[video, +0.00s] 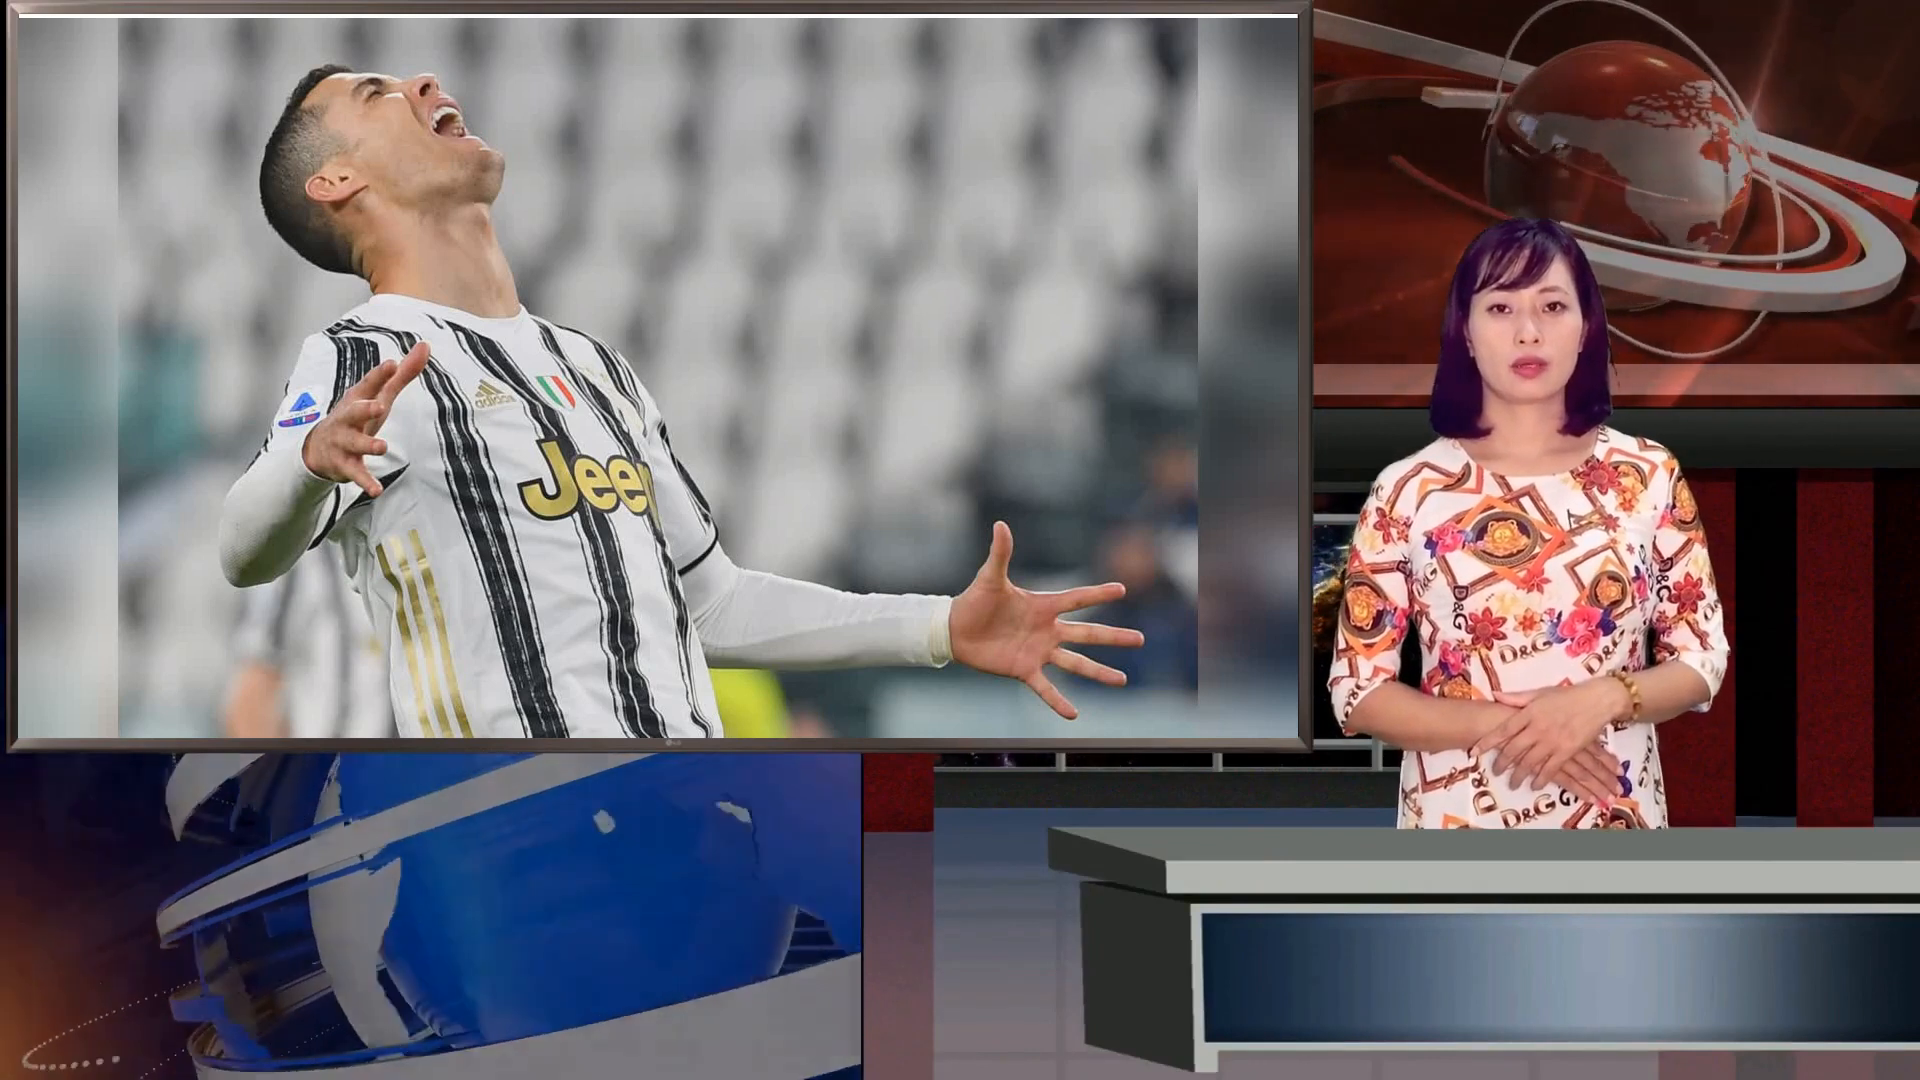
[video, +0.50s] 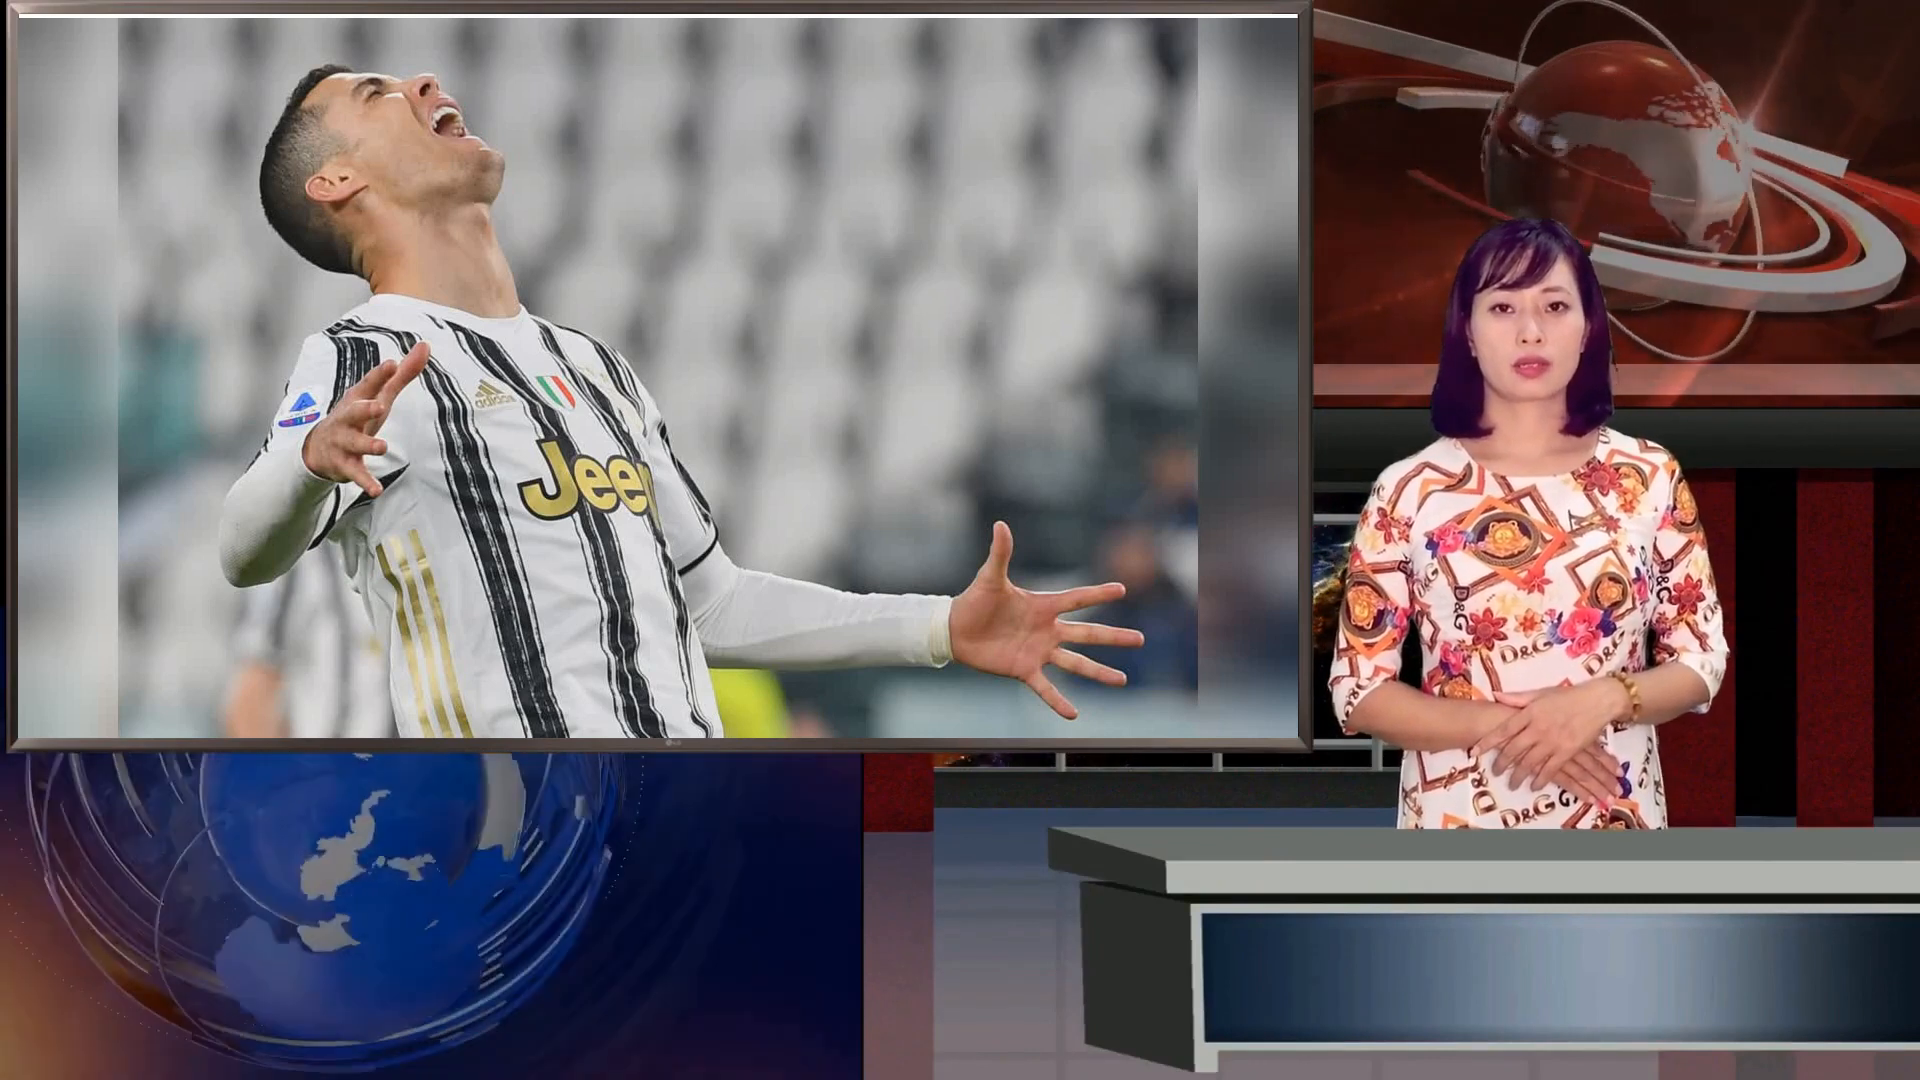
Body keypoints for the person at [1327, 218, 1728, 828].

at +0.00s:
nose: (1528, 331)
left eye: (1553, 307)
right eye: (1501, 309)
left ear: (1586, 326)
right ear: (1464, 329)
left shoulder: (1646, 477)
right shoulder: (1406, 491)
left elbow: (1702, 659)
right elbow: (1357, 691)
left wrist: (1602, 699)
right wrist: (1516, 729)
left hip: (1614, 831)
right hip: (1457, 830)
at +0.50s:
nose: (1530, 330)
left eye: (1555, 306)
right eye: (1502, 308)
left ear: (1588, 327)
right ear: (1467, 330)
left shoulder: (1647, 478)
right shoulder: (1407, 491)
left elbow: (1701, 660)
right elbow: (1357, 689)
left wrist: (1602, 700)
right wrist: (1513, 729)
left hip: (1613, 831)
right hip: (1457, 830)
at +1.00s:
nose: (1531, 329)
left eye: (1555, 305)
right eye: (1502, 307)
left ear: (1588, 326)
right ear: (1466, 328)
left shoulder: (1647, 479)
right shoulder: (1406, 492)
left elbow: (1704, 668)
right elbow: (1355, 689)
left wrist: (1652, 682)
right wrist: (1498, 724)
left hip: (1613, 833)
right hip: (1456, 832)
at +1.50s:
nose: (1531, 329)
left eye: (1556, 306)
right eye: (1503, 308)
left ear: (1588, 326)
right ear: (1467, 329)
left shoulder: (1647, 479)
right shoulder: (1407, 491)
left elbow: (1707, 660)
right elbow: (1355, 689)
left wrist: (1608, 700)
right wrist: (1492, 722)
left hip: (1613, 830)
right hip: (1457, 829)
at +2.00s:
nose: (1529, 330)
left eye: (1554, 307)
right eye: (1502, 309)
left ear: (1588, 326)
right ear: (1466, 330)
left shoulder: (1648, 478)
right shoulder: (1408, 490)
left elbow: (1704, 657)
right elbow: (1355, 688)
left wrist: (1602, 711)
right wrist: (1502, 728)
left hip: (1611, 829)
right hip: (1456, 829)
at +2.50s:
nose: (1530, 330)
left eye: (1555, 306)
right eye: (1503, 308)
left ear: (1590, 326)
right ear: (1467, 329)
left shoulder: (1649, 478)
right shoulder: (1408, 491)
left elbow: (1705, 661)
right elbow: (1356, 688)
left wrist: (1602, 713)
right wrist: (1499, 729)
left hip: (1613, 830)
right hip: (1457, 830)